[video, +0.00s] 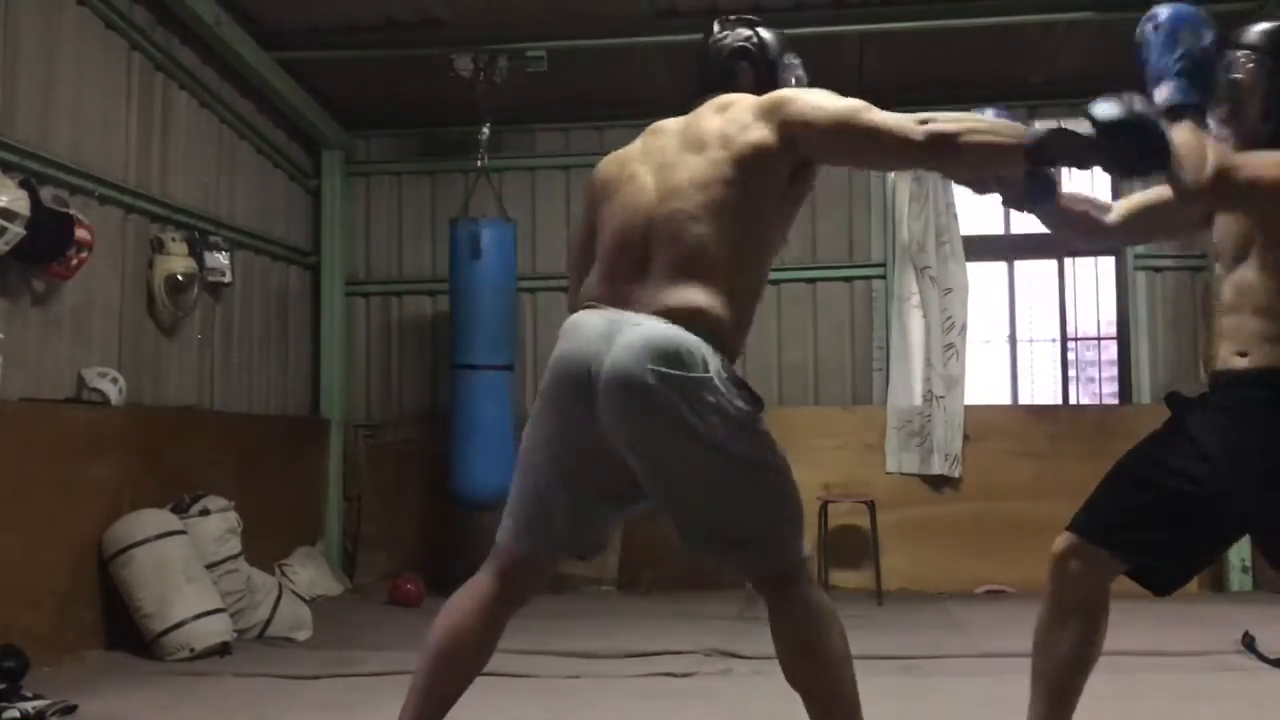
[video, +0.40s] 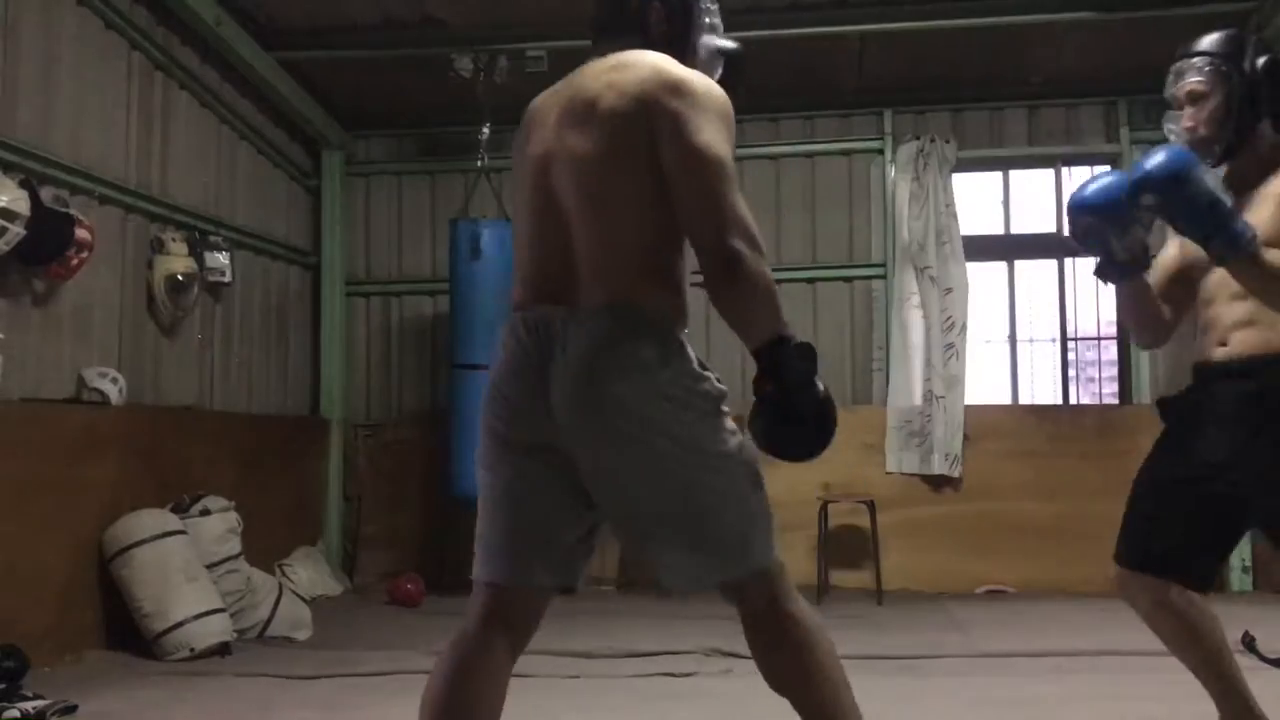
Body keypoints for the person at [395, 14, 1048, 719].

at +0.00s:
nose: (804, 109)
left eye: (802, 103)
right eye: (799, 98)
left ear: (709, 86)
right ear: (775, 87)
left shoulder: (621, 158)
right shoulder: (780, 108)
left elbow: (583, 293)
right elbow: (930, 142)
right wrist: (1055, 148)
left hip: (579, 346)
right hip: (675, 357)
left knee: (504, 575)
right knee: (786, 581)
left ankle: (413, 711)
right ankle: (841, 714)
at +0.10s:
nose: (804, 79)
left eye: (803, 69)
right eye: (800, 66)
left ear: (705, 61)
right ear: (773, 58)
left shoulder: (640, 137)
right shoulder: (781, 100)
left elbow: (651, 264)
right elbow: (895, 200)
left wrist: (771, 253)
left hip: (584, 346)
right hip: (682, 360)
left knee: (512, 576)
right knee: (791, 580)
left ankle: (418, 713)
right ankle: (842, 713)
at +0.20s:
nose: (784, 82)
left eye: (783, 65)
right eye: (778, 63)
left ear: (686, 57)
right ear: (748, 51)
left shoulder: (623, 126)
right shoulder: (763, 118)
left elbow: (608, 279)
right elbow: (811, 270)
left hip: (584, 359)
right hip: (687, 370)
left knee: (523, 591)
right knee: (802, 585)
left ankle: (443, 711)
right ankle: (846, 712)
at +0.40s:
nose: (723, 47)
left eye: (719, 28)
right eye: (712, 24)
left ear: (624, 25)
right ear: (668, 16)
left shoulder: (543, 109)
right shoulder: (684, 90)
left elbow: (548, 264)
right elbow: (726, 253)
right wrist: (784, 363)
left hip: (525, 373)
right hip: (637, 377)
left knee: (498, 613)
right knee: (765, 596)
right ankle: (842, 709)